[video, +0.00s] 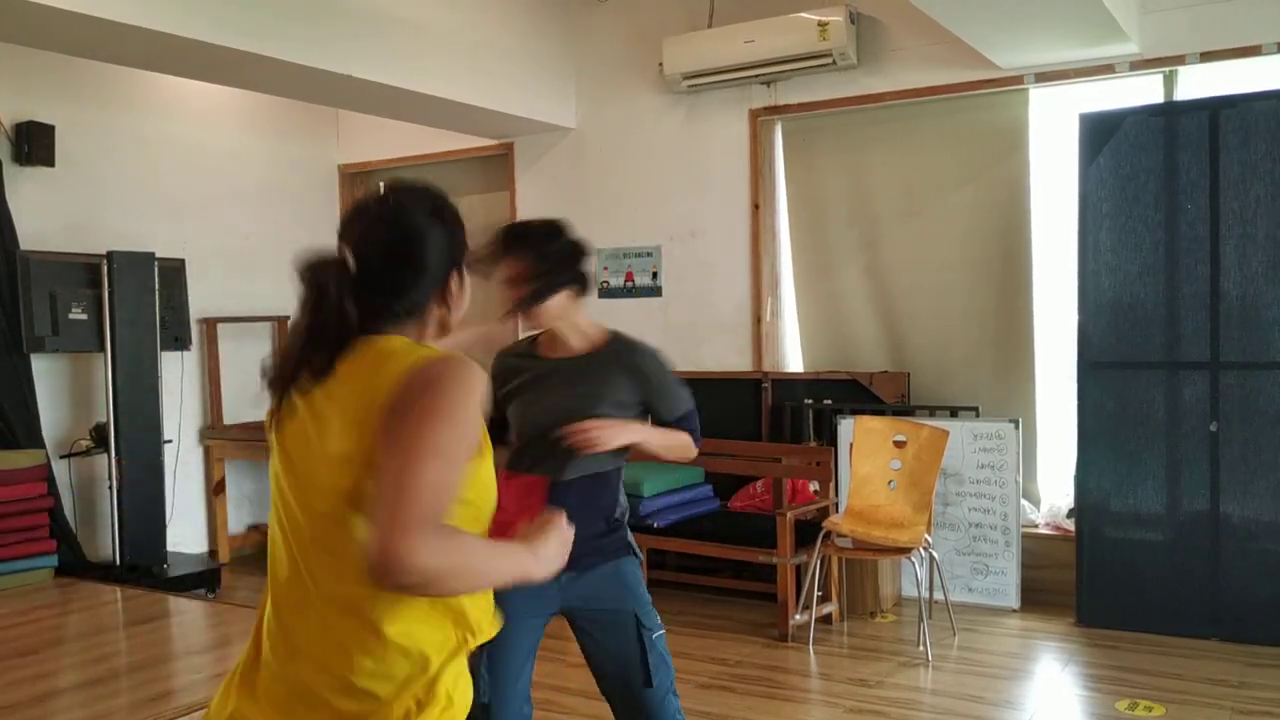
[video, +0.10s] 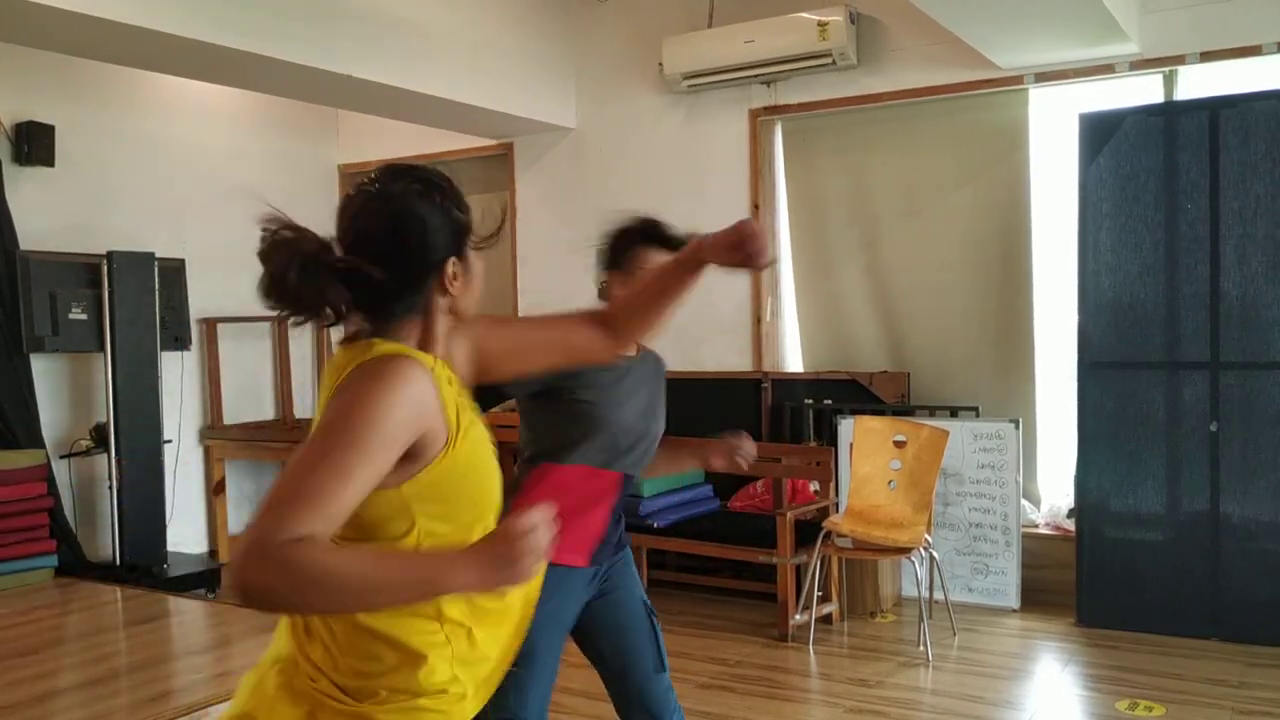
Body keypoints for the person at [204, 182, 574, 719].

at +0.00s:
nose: (466, 287)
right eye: (466, 273)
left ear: (359, 274)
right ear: (452, 288)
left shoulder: (310, 366)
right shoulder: (446, 378)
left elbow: (404, 363)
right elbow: (403, 553)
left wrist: (499, 331)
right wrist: (533, 557)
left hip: (273, 685)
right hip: (395, 699)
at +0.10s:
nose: (477, 268)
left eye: (472, 250)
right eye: (474, 253)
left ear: (361, 270)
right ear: (453, 275)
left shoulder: (448, 347)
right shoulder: (393, 384)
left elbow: (609, 332)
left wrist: (698, 259)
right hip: (376, 703)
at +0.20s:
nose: (697, 346)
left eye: (702, 338)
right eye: (702, 337)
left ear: (655, 305)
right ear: (697, 332)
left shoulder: (633, 367)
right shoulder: (620, 355)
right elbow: (544, 418)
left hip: (612, 565)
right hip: (557, 566)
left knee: (655, 704)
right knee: (530, 706)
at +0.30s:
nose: (715, 369)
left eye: (725, 358)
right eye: (725, 355)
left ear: (691, 324)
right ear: (715, 336)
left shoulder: (649, 374)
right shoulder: (630, 359)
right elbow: (570, 458)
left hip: (606, 570)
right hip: (560, 568)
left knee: (656, 706)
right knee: (533, 706)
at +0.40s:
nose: (735, 364)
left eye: (743, 353)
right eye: (740, 348)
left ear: (713, 328)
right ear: (714, 325)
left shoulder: (655, 371)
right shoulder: (636, 358)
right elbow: (590, 447)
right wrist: (715, 460)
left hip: (611, 572)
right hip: (564, 570)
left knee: (657, 703)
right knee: (529, 702)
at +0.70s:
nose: (686, 303)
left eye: (702, 293)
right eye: (675, 287)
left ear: (715, 305)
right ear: (650, 289)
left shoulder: (674, 375)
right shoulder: (611, 362)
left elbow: (649, 485)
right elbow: (560, 463)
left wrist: (697, 551)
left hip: (625, 563)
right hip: (552, 562)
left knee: (663, 705)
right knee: (534, 706)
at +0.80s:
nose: (641, 296)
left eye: (656, 284)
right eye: (629, 282)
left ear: (679, 292)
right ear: (613, 285)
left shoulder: (679, 373)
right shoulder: (576, 361)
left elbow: (722, 461)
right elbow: (506, 443)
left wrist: (789, 523)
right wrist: (509, 538)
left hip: (629, 565)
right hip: (550, 567)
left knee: (666, 706)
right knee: (529, 707)